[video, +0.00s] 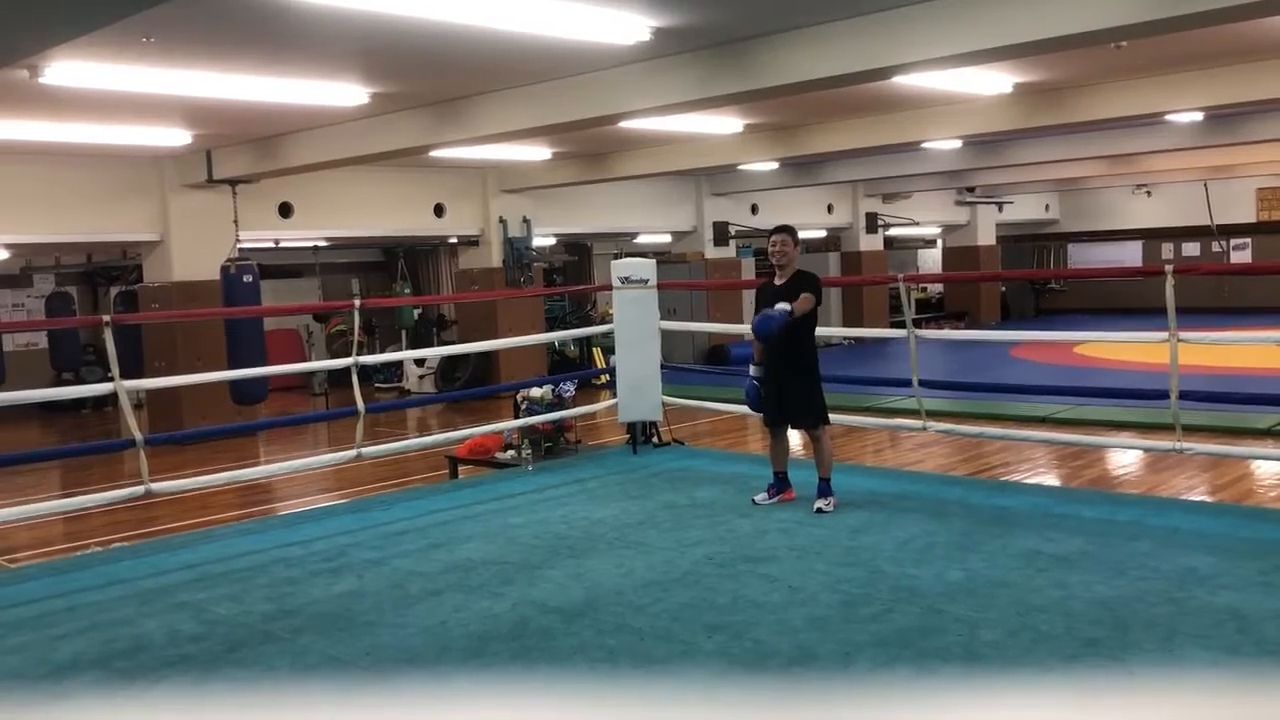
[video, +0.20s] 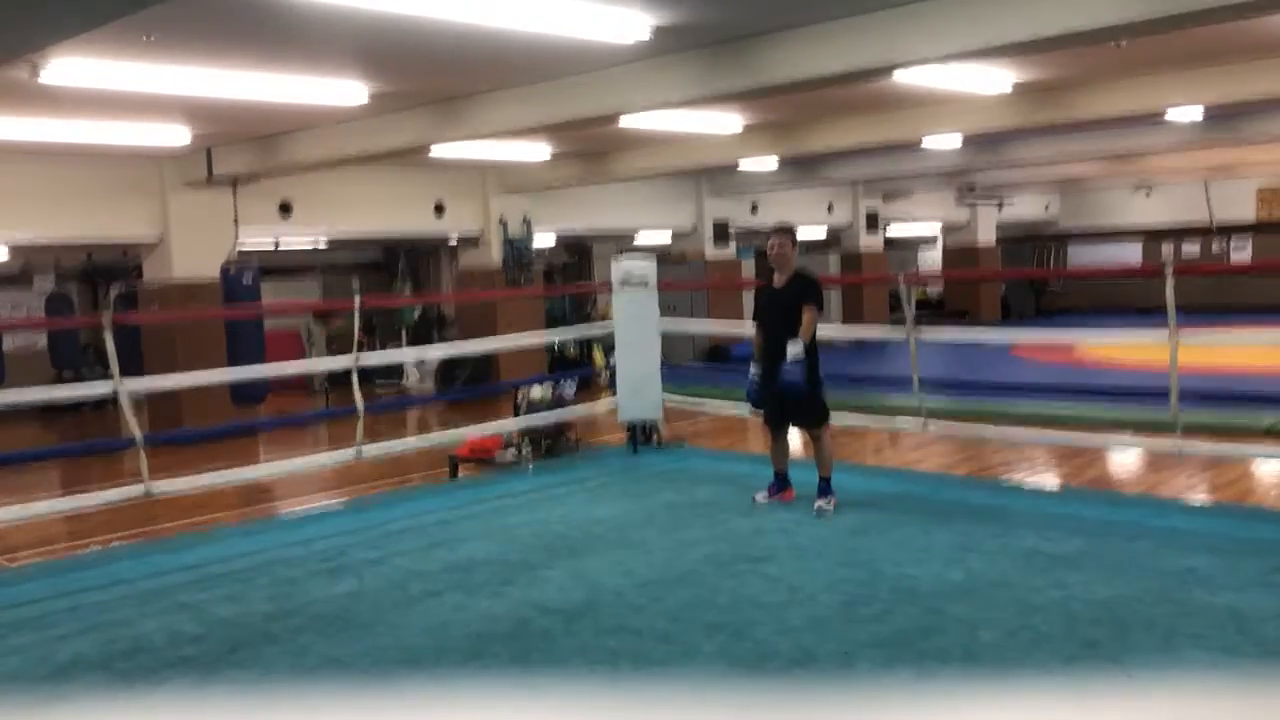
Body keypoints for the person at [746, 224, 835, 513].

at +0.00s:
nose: (777, 249)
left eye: (784, 244)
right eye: (773, 245)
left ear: (796, 249)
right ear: (767, 251)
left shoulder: (809, 280)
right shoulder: (764, 290)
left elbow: (808, 301)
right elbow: (759, 334)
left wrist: (786, 312)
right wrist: (755, 374)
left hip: (802, 367)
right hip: (772, 368)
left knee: (815, 430)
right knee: (775, 428)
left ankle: (824, 489)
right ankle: (780, 484)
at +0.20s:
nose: (775, 251)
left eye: (782, 246)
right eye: (772, 246)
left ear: (794, 249)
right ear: (766, 251)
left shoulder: (807, 283)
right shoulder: (763, 290)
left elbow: (810, 318)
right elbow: (759, 331)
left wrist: (799, 349)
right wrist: (756, 367)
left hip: (802, 365)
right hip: (771, 365)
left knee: (815, 427)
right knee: (775, 427)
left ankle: (825, 488)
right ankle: (781, 483)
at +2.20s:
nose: (772, 253)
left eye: (778, 247)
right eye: (768, 248)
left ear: (792, 250)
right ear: (763, 252)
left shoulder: (806, 286)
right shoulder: (759, 289)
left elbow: (814, 330)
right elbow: (752, 333)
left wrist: (814, 372)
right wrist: (747, 375)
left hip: (799, 372)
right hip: (768, 372)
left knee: (812, 431)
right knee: (772, 430)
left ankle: (822, 490)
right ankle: (778, 484)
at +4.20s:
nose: (780, 248)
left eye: (787, 243)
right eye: (777, 243)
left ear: (800, 248)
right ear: (772, 248)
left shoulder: (815, 284)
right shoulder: (766, 285)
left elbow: (822, 329)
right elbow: (759, 329)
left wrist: (821, 371)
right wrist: (753, 370)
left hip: (806, 370)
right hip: (774, 370)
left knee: (818, 429)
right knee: (778, 427)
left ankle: (827, 488)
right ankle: (783, 482)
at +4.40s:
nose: (781, 248)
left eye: (788, 243)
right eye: (778, 243)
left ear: (801, 248)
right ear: (773, 248)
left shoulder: (815, 284)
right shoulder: (766, 285)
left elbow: (823, 329)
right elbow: (759, 329)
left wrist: (821, 370)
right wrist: (753, 370)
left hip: (806, 370)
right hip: (774, 369)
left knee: (818, 429)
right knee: (778, 426)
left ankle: (827, 487)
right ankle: (783, 482)